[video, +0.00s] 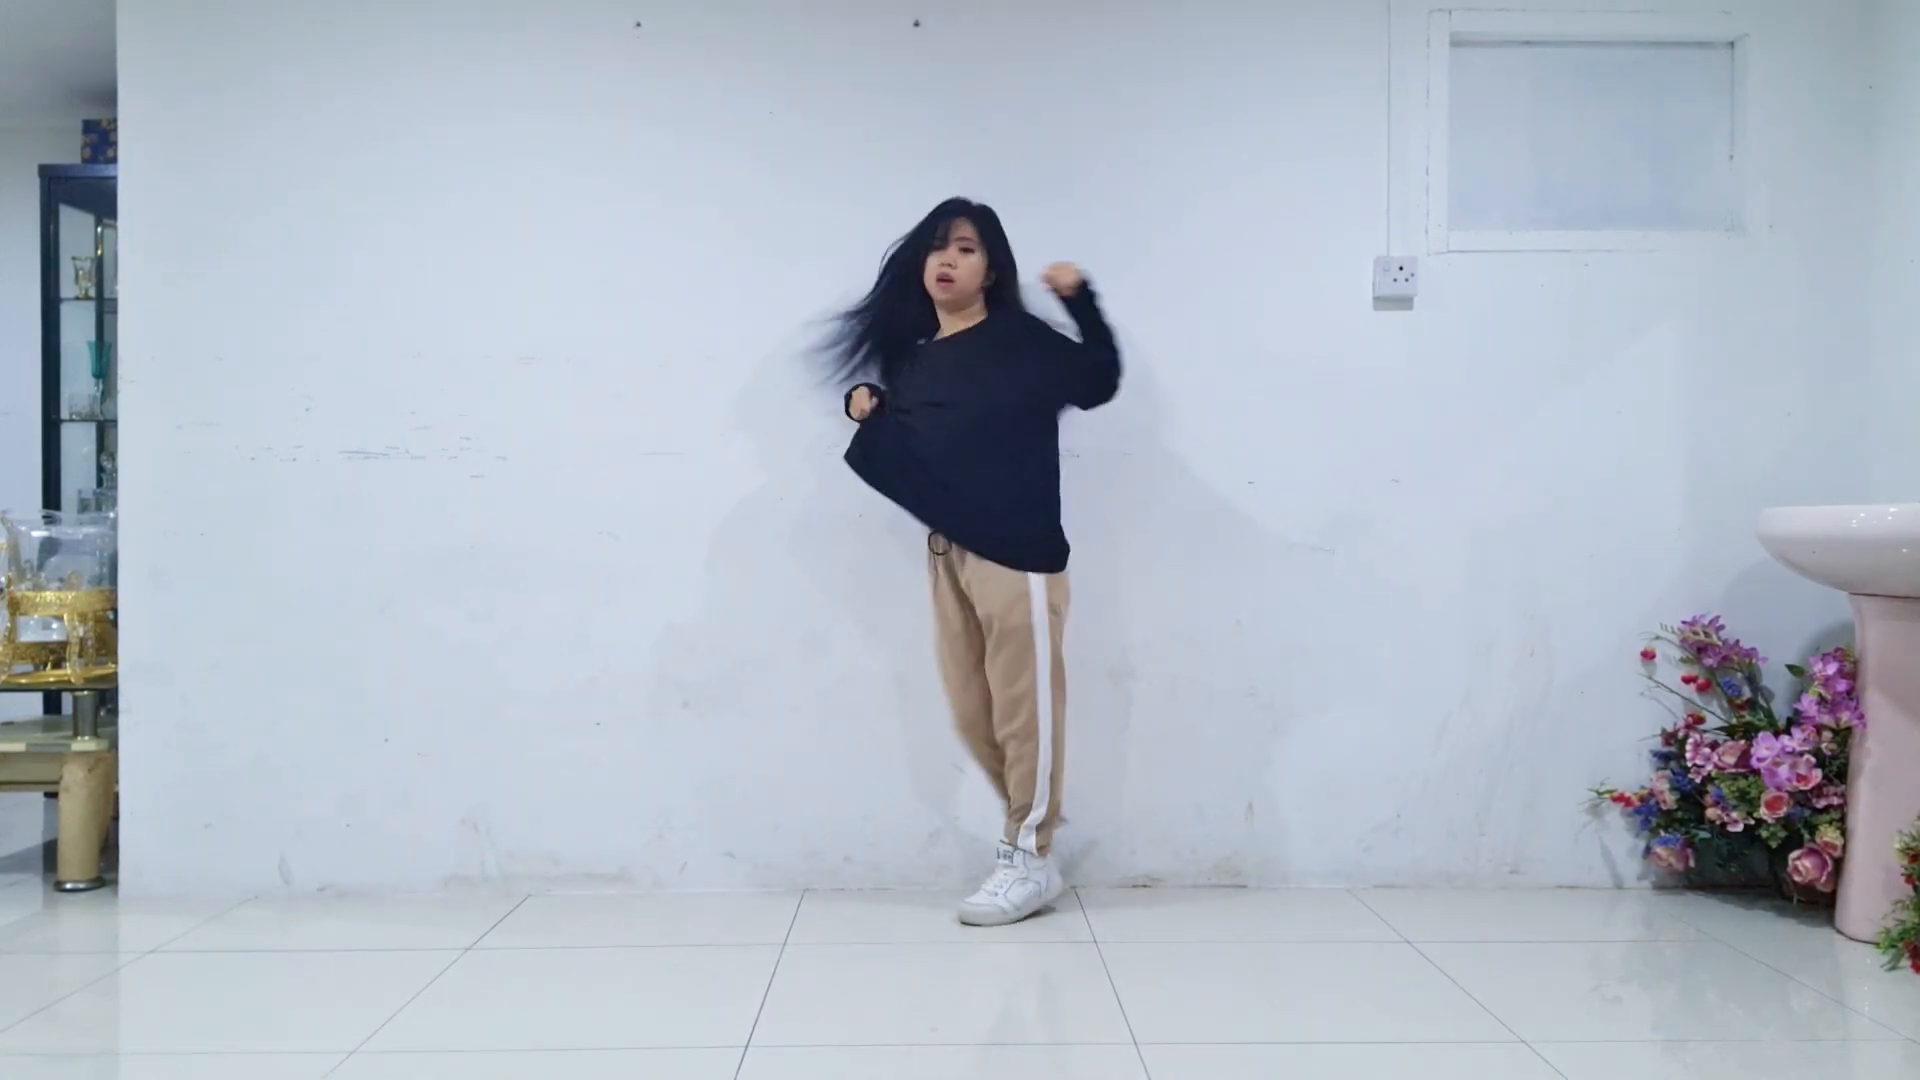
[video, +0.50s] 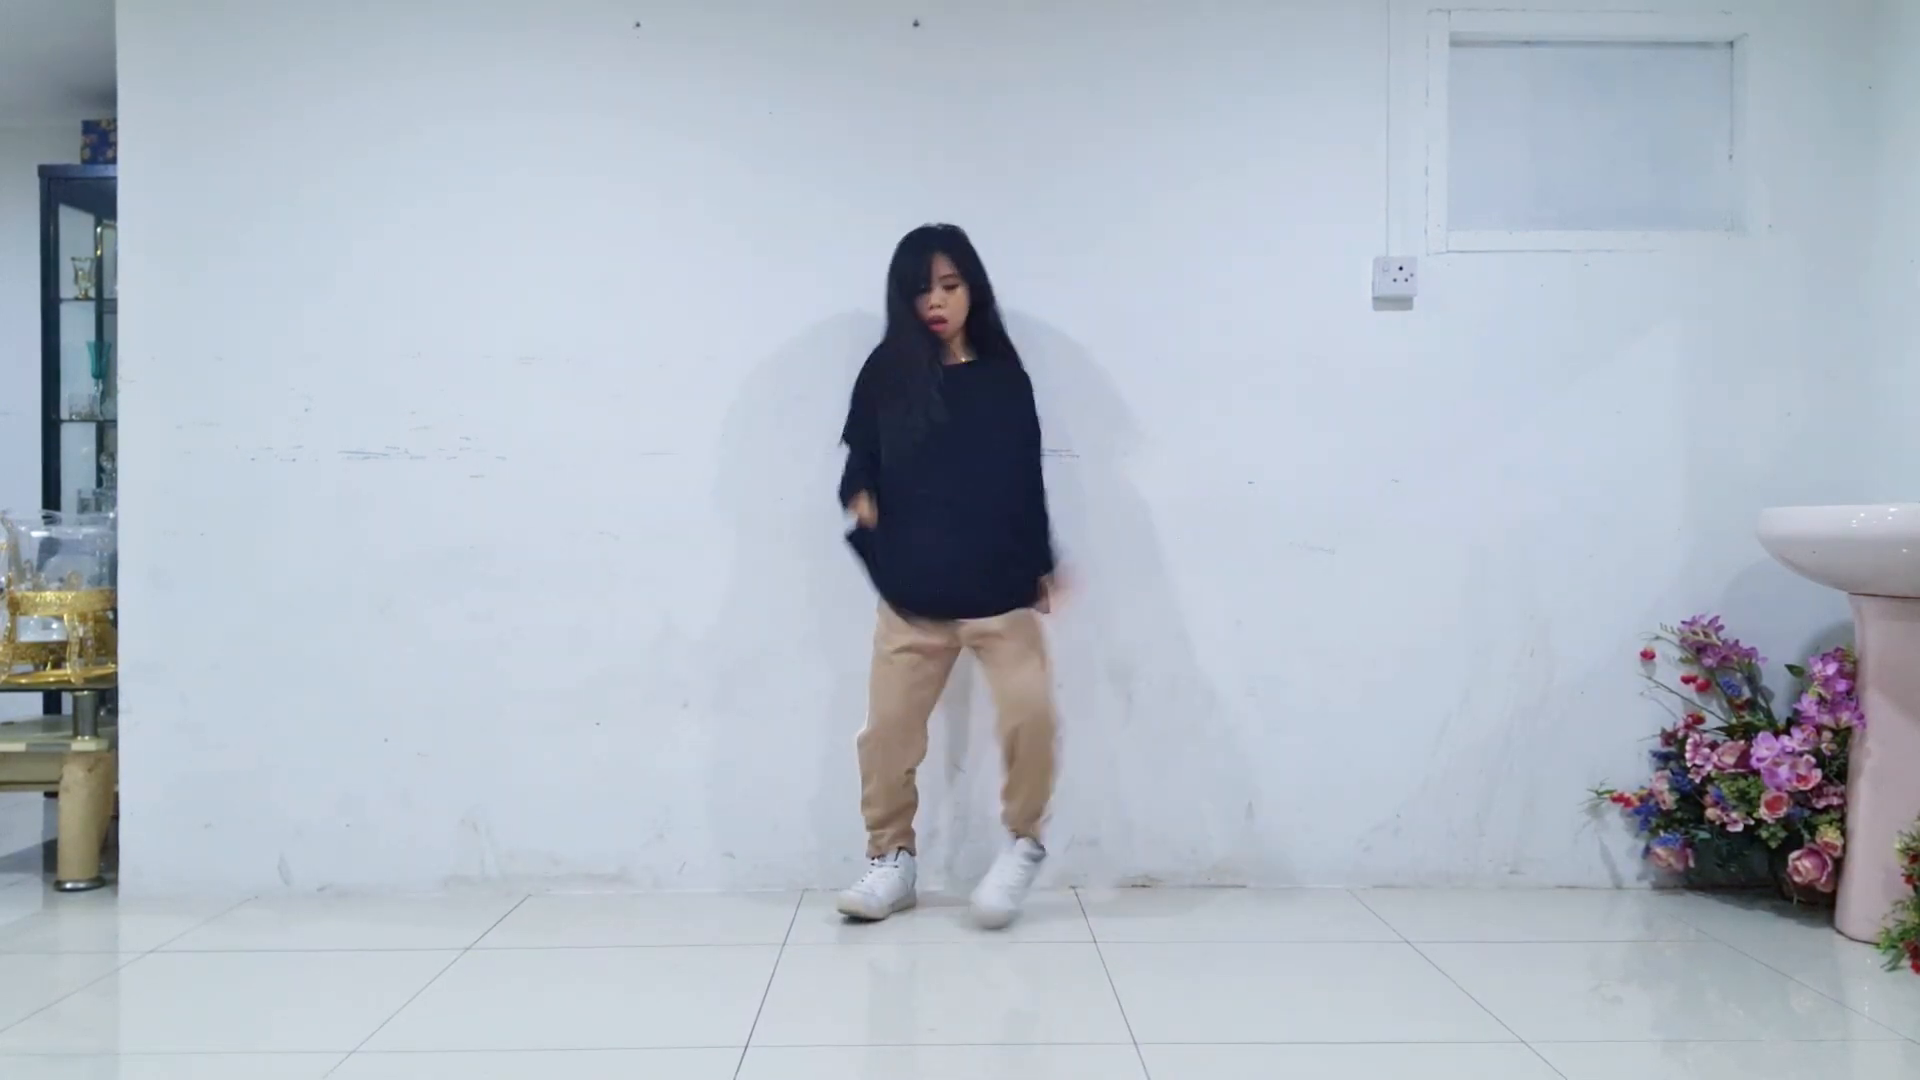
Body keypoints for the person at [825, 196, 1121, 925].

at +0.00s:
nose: (946, 258)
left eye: (965, 247)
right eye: (936, 246)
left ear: (991, 265)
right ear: (919, 263)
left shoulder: (1024, 341)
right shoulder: (915, 360)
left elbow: (1099, 381)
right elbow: (909, 445)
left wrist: (1080, 303)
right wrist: (869, 413)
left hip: (1021, 554)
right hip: (948, 552)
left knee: (1023, 710)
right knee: (972, 715)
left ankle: (1031, 861)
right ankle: (1036, 831)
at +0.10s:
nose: (958, 266)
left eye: (975, 254)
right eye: (945, 254)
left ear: (999, 271)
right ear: (927, 271)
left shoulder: (1034, 353)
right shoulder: (909, 363)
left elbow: (1115, 381)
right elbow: (901, 461)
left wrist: (1122, 308)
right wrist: (872, 421)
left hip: (1019, 560)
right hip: (940, 557)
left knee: (1020, 715)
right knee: (932, 721)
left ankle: (1030, 864)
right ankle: (1003, 820)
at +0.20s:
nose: (962, 279)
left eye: (978, 265)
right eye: (949, 266)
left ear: (1001, 279)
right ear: (931, 281)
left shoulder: (1047, 359)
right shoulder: (909, 369)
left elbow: (1135, 332)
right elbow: (861, 398)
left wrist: (1216, 295)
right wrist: (862, 415)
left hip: (1017, 565)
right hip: (935, 561)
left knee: (1016, 724)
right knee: (902, 725)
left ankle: (1026, 866)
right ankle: (924, 848)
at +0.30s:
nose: (959, 286)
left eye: (974, 271)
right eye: (945, 274)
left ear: (997, 283)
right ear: (926, 287)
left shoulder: (1032, 375)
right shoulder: (907, 372)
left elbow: (1114, 398)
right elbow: (865, 403)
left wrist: (1171, 359)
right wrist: (865, 423)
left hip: (1010, 578)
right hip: (926, 571)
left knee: (1008, 727)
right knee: (890, 728)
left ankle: (1026, 866)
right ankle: (893, 862)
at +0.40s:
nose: (949, 296)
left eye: (962, 280)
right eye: (935, 283)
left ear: (988, 289)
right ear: (916, 295)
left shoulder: (1017, 385)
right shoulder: (893, 373)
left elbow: (1051, 476)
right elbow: (858, 437)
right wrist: (864, 456)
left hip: (999, 587)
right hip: (914, 582)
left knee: (998, 730)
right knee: (888, 728)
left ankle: (1023, 867)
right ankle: (891, 863)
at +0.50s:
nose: (934, 303)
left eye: (948, 286)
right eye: (920, 290)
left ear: (974, 289)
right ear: (904, 298)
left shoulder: (1005, 372)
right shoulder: (886, 370)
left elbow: (1028, 473)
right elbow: (858, 458)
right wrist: (864, 506)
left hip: (1003, 591)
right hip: (911, 593)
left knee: (1030, 716)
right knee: (886, 732)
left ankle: (1022, 847)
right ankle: (891, 862)